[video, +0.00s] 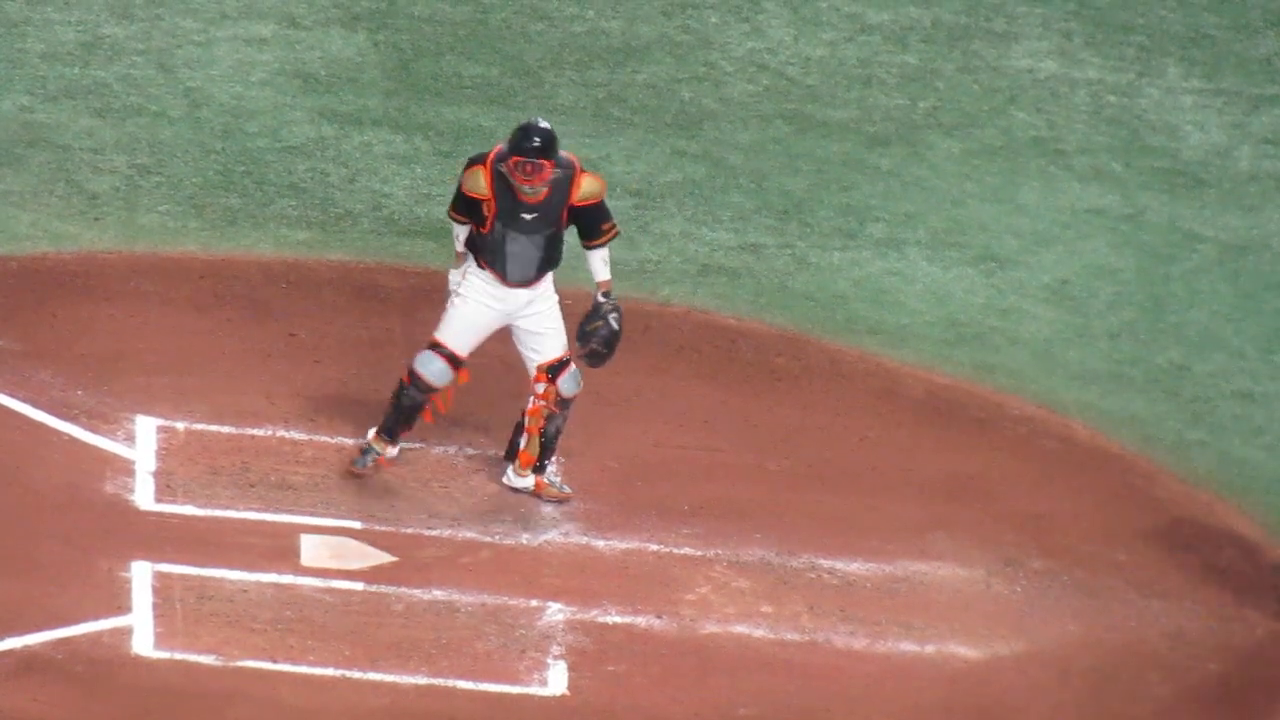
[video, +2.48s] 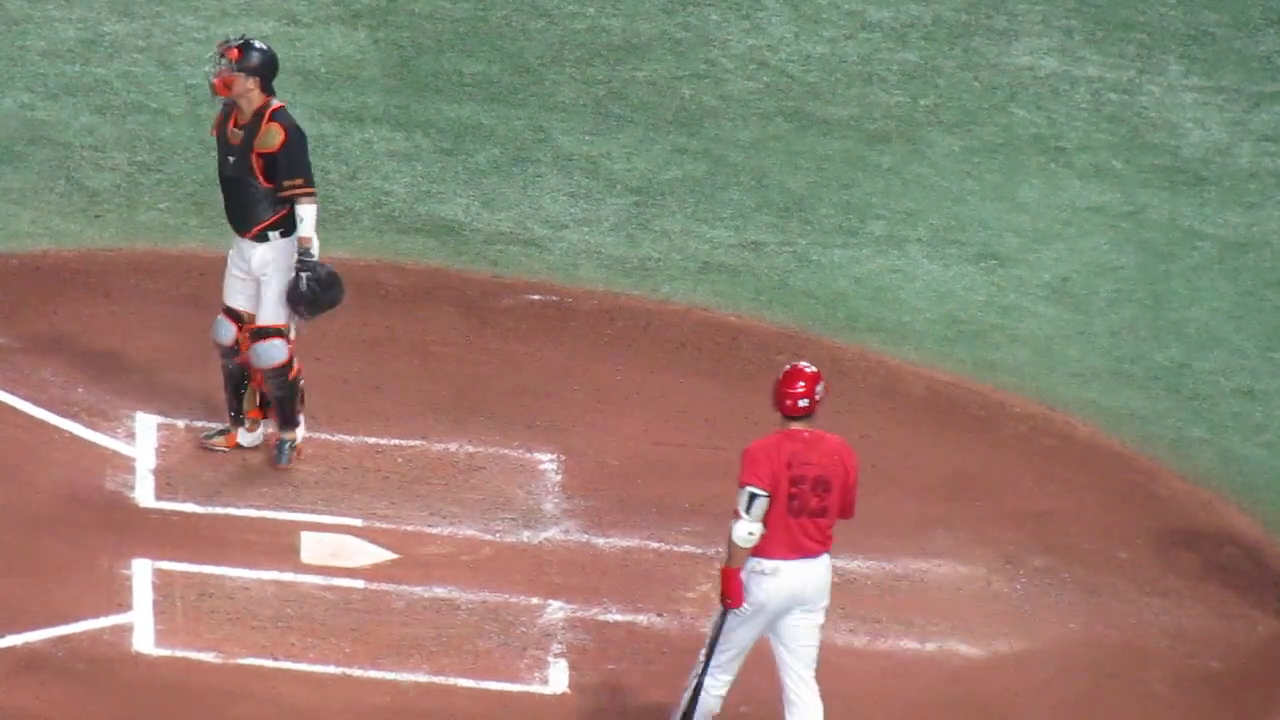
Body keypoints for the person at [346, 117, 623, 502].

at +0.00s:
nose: (529, 174)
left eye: (537, 167)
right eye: (522, 165)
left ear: (553, 164)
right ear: (508, 159)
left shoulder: (577, 184)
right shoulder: (482, 175)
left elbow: (597, 242)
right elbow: (461, 226)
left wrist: (605, 297)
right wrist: (462, 267)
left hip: (537, 295)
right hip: (482, 289)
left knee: (561, 383)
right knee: (433, 369)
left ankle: (527, 469)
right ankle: (382, 441)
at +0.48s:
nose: (382, 131)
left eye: (388, 123)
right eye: (379, 124)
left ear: (410, 117)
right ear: (383, 121)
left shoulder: (450, 152)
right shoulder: (388, 143)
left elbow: (475, 223)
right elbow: (397, 199)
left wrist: (472, 281)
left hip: (438, 270)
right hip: (393, 265)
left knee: (450, 364)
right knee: (379, 355)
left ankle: (444, 459)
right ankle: (395, 446)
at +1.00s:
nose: (299, 140)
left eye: (300, 129)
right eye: (296, 132)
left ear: (321, 120)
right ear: (326, 120)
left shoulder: (353, 158)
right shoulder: (355, 145)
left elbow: (363, 232)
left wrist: (357, 294)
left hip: (351, 279)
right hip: (362, 273)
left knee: (299, 363)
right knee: (356, 360)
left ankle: (268, 465)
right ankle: (397, 442)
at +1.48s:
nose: (203, 157)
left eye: (201, 147)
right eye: (198, 150)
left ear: (218, 133)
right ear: (229, 126)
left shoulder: (243, 166)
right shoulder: (281, 139)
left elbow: (250, 241)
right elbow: (321, 193)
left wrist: (227, 296)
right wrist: (324, 243)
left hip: (285, 277)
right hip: (319, 266)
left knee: (246, 370)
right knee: (293, 365)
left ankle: (246, 472)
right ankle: (310, 457)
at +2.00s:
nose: (208, 103)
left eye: (214, 97)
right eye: (209, 96)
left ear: (237, 100)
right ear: (239, 99)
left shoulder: (254, 144)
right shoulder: (259, 132)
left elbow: (247, 218)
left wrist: (219, 274)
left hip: (263, 266)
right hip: (255, 264)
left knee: (235, 363)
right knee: (217, 350)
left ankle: (249, 469)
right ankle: (249, 430)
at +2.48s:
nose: (223, 77)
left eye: (232, 72)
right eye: (224, 69)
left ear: (254, 80)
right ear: (238, 77)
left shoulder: (282, 128)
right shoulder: (226, 118)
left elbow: (305, 197)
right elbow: (239, 178)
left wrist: (307, 257)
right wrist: (245, 229)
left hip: (280, 247)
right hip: (243, 244)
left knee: (269, 343)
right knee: (231, 335)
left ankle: (289, 429)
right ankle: (245, 427)